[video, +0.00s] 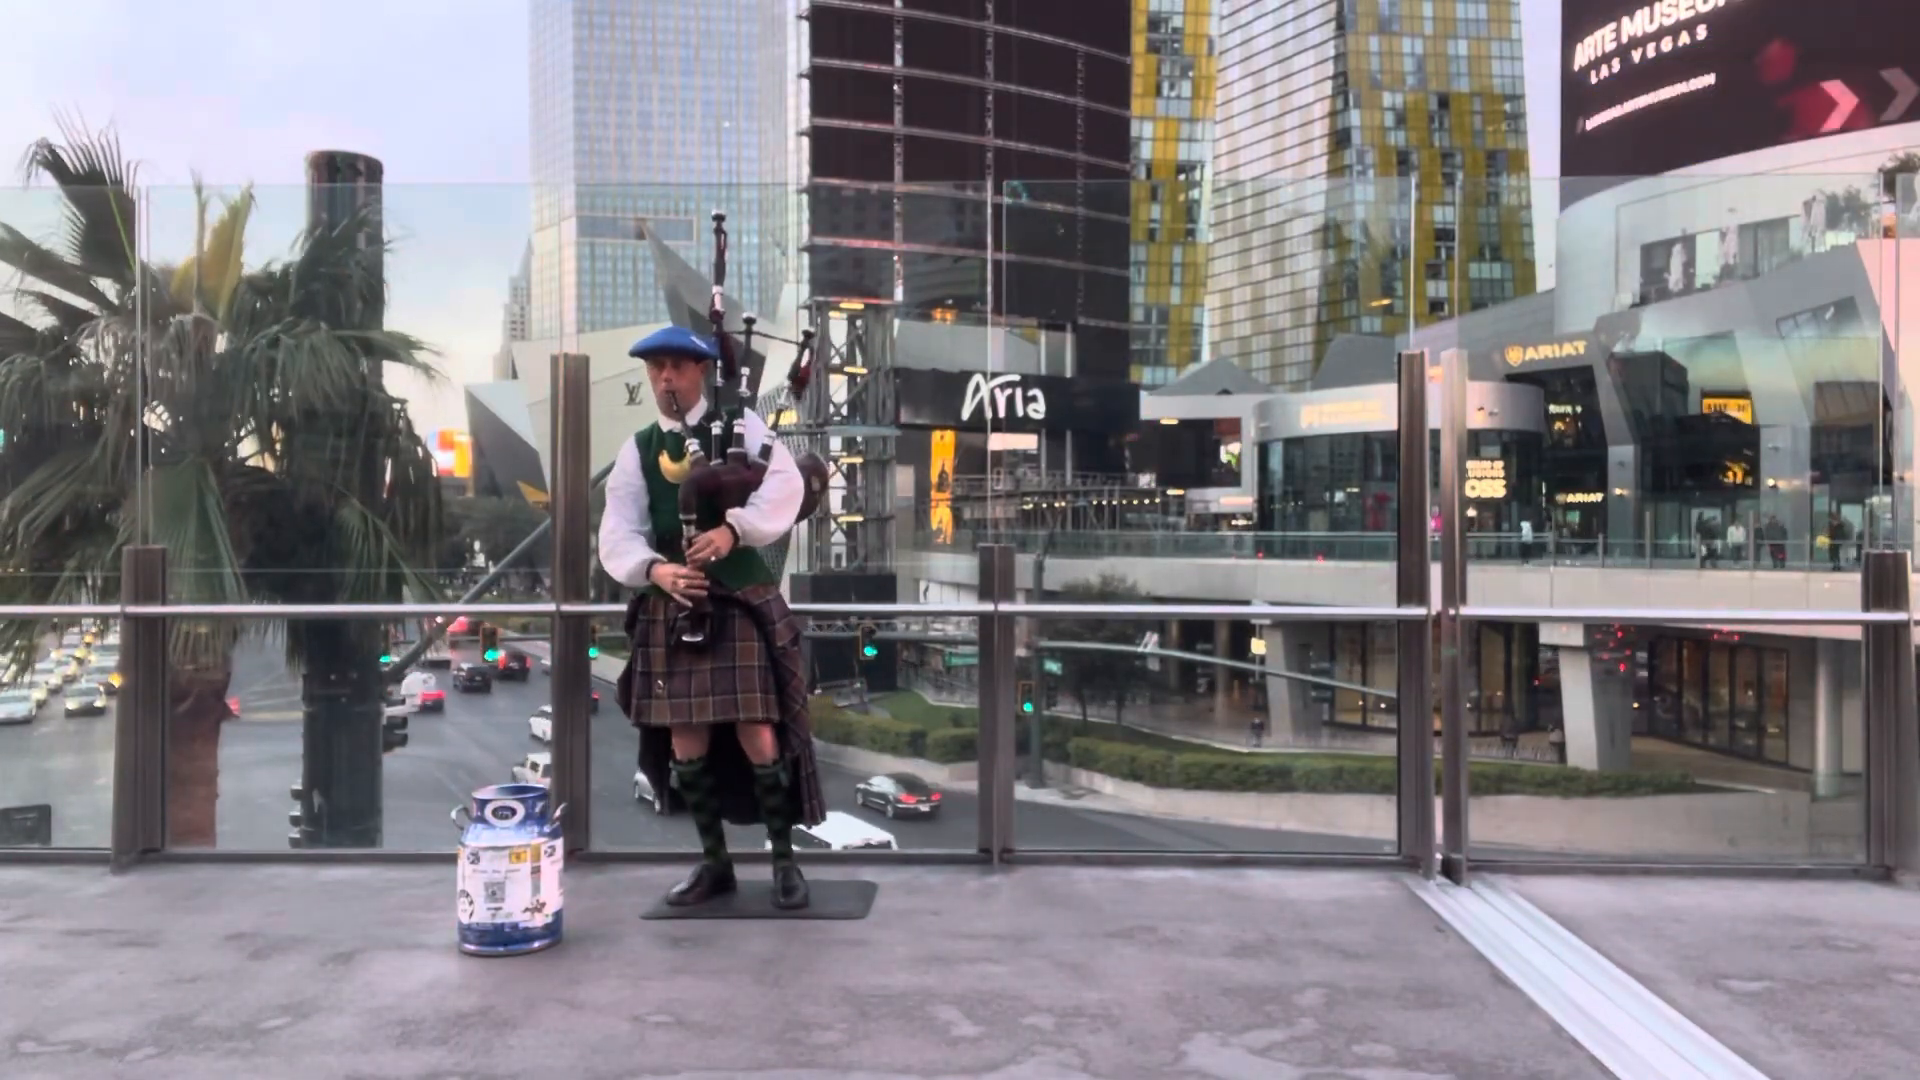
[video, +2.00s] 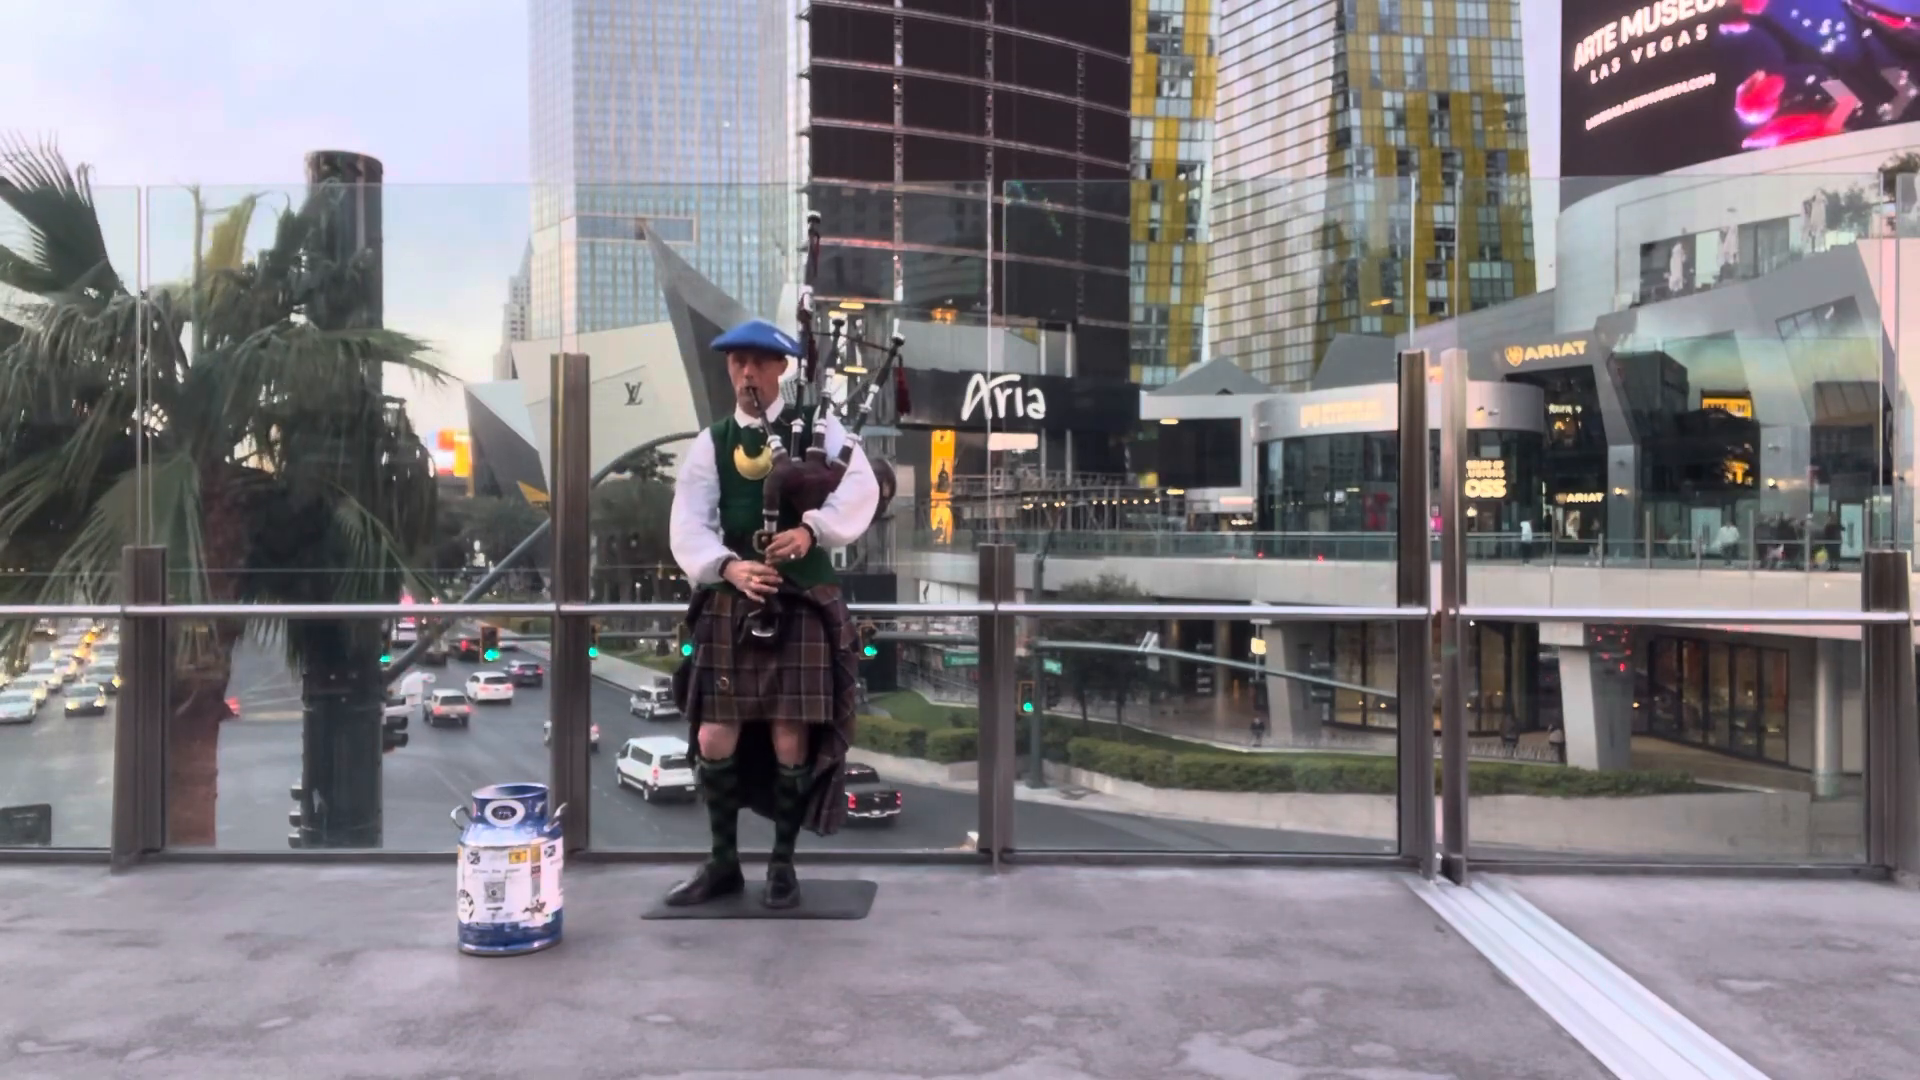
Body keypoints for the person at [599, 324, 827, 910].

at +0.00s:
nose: (663, 377)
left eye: (675, 365)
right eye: (655, 367)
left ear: (702, 369)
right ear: (647, 375)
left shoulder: (742, 426)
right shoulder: (640, 448)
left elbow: (787, 487)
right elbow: (617, 535)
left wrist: (733, 530)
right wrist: (654, 570)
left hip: (742, 596)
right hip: (672, 601)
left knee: (756, 730)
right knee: (686, 733)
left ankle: (784, 863)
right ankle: (715, 863)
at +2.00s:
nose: (748, 373)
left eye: (760, 361)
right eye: (739, 361)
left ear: (784, 369)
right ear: (727, 370)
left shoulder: (819, 428)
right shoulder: (709, 443)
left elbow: (862, 488)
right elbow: (688, 527)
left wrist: (813, 530)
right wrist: (727, 565)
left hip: (802, 597)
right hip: (730, 595)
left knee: (789, 734)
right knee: (714, 734)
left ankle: (782, 863)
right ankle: (723, 863)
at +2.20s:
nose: (747, 375)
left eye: (759, 363)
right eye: (739, 364)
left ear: (785, 370)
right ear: (728, 372)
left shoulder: (819, 427)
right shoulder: (711, 445)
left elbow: (863, 490)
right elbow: (690, 529)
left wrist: (814, 532)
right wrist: (728, 567)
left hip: (804, 598)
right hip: (732, 596)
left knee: (791, 733)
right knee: (707, 735)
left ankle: (782, 863)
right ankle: (724, 861)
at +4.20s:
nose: (748, 374)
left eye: (761, 363)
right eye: (740, 363)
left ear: (785, 371)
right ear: (728, 371)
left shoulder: (819, 428)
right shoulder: (713, 444)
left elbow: (863, 489)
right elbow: (694, 530)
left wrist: (814, 532)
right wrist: (730, 567)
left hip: (803, 597)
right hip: (730, 595)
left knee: (791, 731)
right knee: (712, 733)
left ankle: (781, 865)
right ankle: (729, 862)